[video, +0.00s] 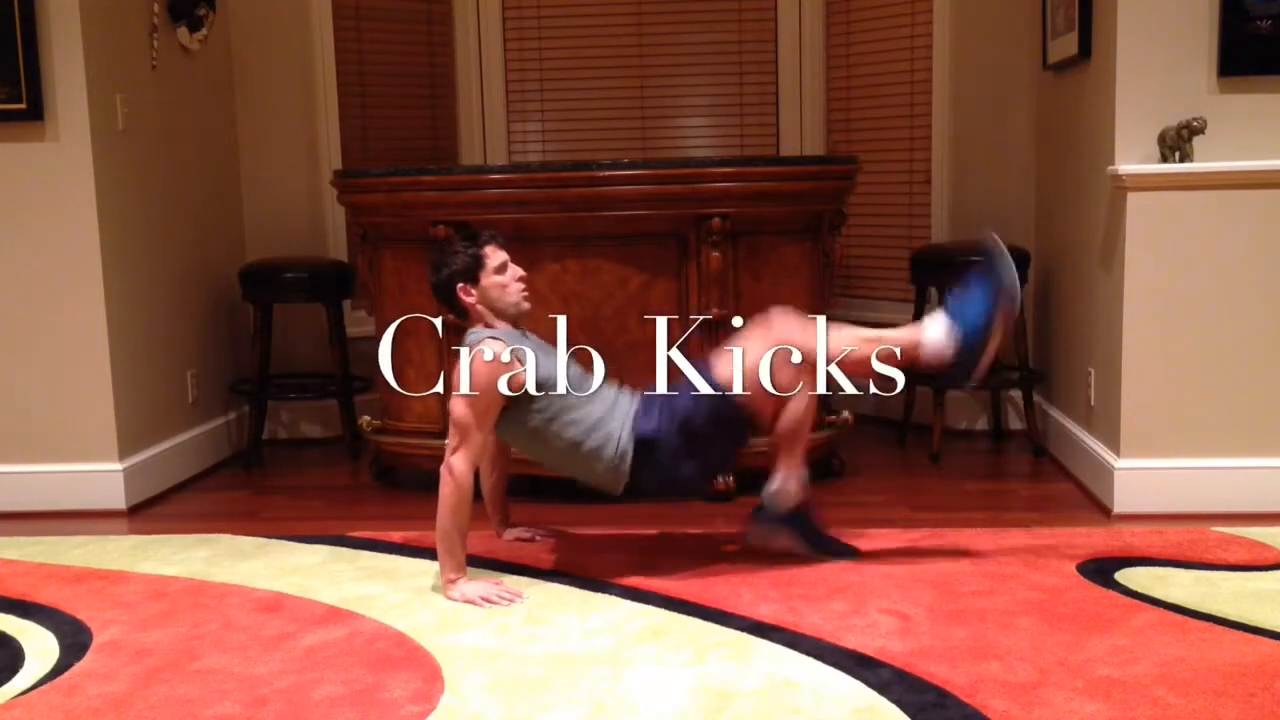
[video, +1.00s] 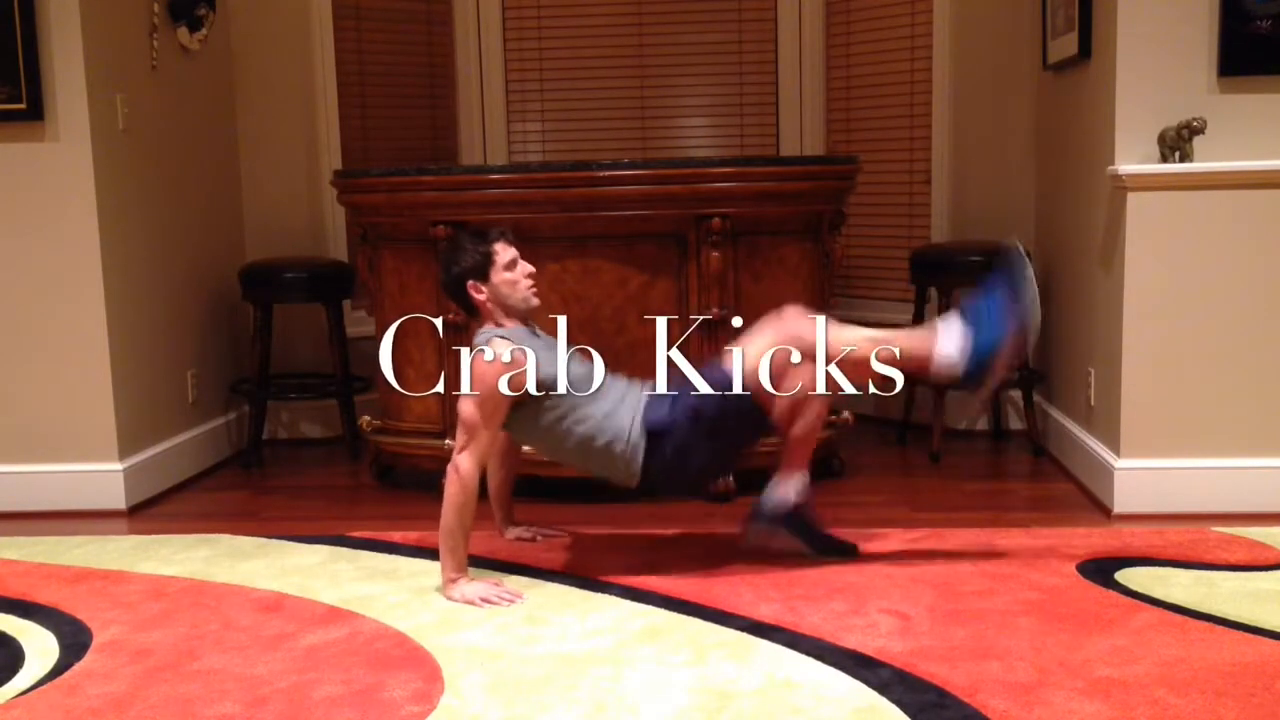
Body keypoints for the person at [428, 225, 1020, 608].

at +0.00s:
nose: (519, 275)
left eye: (513, 265)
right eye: (502, 271)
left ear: (495, 286)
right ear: (470, 297)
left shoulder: (510, 345)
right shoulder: (486, 357)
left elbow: (493, 446)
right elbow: (455, 468)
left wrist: (499, 526)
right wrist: (452, 575)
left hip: (657, 428)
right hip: (650, 446)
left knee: (787, 337)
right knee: (787, 334)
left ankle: (782, 505)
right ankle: (937, 341)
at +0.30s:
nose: (523, 270)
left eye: (518, 260)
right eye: (507, 265)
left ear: (502, 280)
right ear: (473, 292)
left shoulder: (518, 341)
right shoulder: (494, 359)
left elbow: (497, 440)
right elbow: (463, 466)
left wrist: (501, 525)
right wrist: (453, 577)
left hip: (663, 423)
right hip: (658, 444)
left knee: (794, 347)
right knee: (781, 310)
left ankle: (794, 489)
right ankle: (924, 386)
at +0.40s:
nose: (524, 270)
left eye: (518, 260)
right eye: (508, 265)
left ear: (495, 283)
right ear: (475, 290)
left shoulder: (511, 340)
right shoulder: (493, 355)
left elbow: (498, 444)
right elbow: (466, 463)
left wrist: (500, 524)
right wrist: (453, 578)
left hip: (659, 412)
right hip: (664, 443)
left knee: (777, 303)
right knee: (794, 320)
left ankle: (881, 413)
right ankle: (846, 470)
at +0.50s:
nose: (531, 272)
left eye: (525, 262)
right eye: (515, 268)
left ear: (504, 285)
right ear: (484, 294)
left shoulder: (521, 342)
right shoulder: (499, 361)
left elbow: (497, 443)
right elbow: (465, 466)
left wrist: (499, 525)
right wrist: (452, 577)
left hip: (659, 417)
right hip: (652, 451)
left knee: (779, 327)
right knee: (809, 380)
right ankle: (793, 525)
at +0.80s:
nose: (532, 273)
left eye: (525, 262)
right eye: (515, 269)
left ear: (506, 284)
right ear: (482, 295)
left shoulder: (521, 340)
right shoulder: (498, 360)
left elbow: (502, 439)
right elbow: (464, 466)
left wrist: (499, 527)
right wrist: (453, 576)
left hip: (671, 398)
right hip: (669, 443)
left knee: (787, 296)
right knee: (831, 360)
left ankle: (910, 387)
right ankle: (810, 512)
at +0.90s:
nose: (526, 269)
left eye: (520, 259)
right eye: (510, 265)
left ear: (494, 284)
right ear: (476, 291)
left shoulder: (515, 338)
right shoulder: (492, 356)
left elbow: (500, 441)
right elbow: (464, 465)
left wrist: (500, 527)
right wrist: (453, 575)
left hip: (669, 387)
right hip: (672, 414)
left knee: (799, 304)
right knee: (809, 308)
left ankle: (821, 457)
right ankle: (904, 435)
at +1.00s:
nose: (528, 272)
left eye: (523, 262)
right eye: (512, 268)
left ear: (509, 281)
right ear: (480, 294)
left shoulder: (522, 342)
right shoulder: (496, 360)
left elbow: (503, 441)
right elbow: (462, 466)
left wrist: (503, 523)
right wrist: (453, 577)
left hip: (668, 420)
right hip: (661, 446)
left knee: (803, 341)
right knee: (795, 333)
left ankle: (783, 503)